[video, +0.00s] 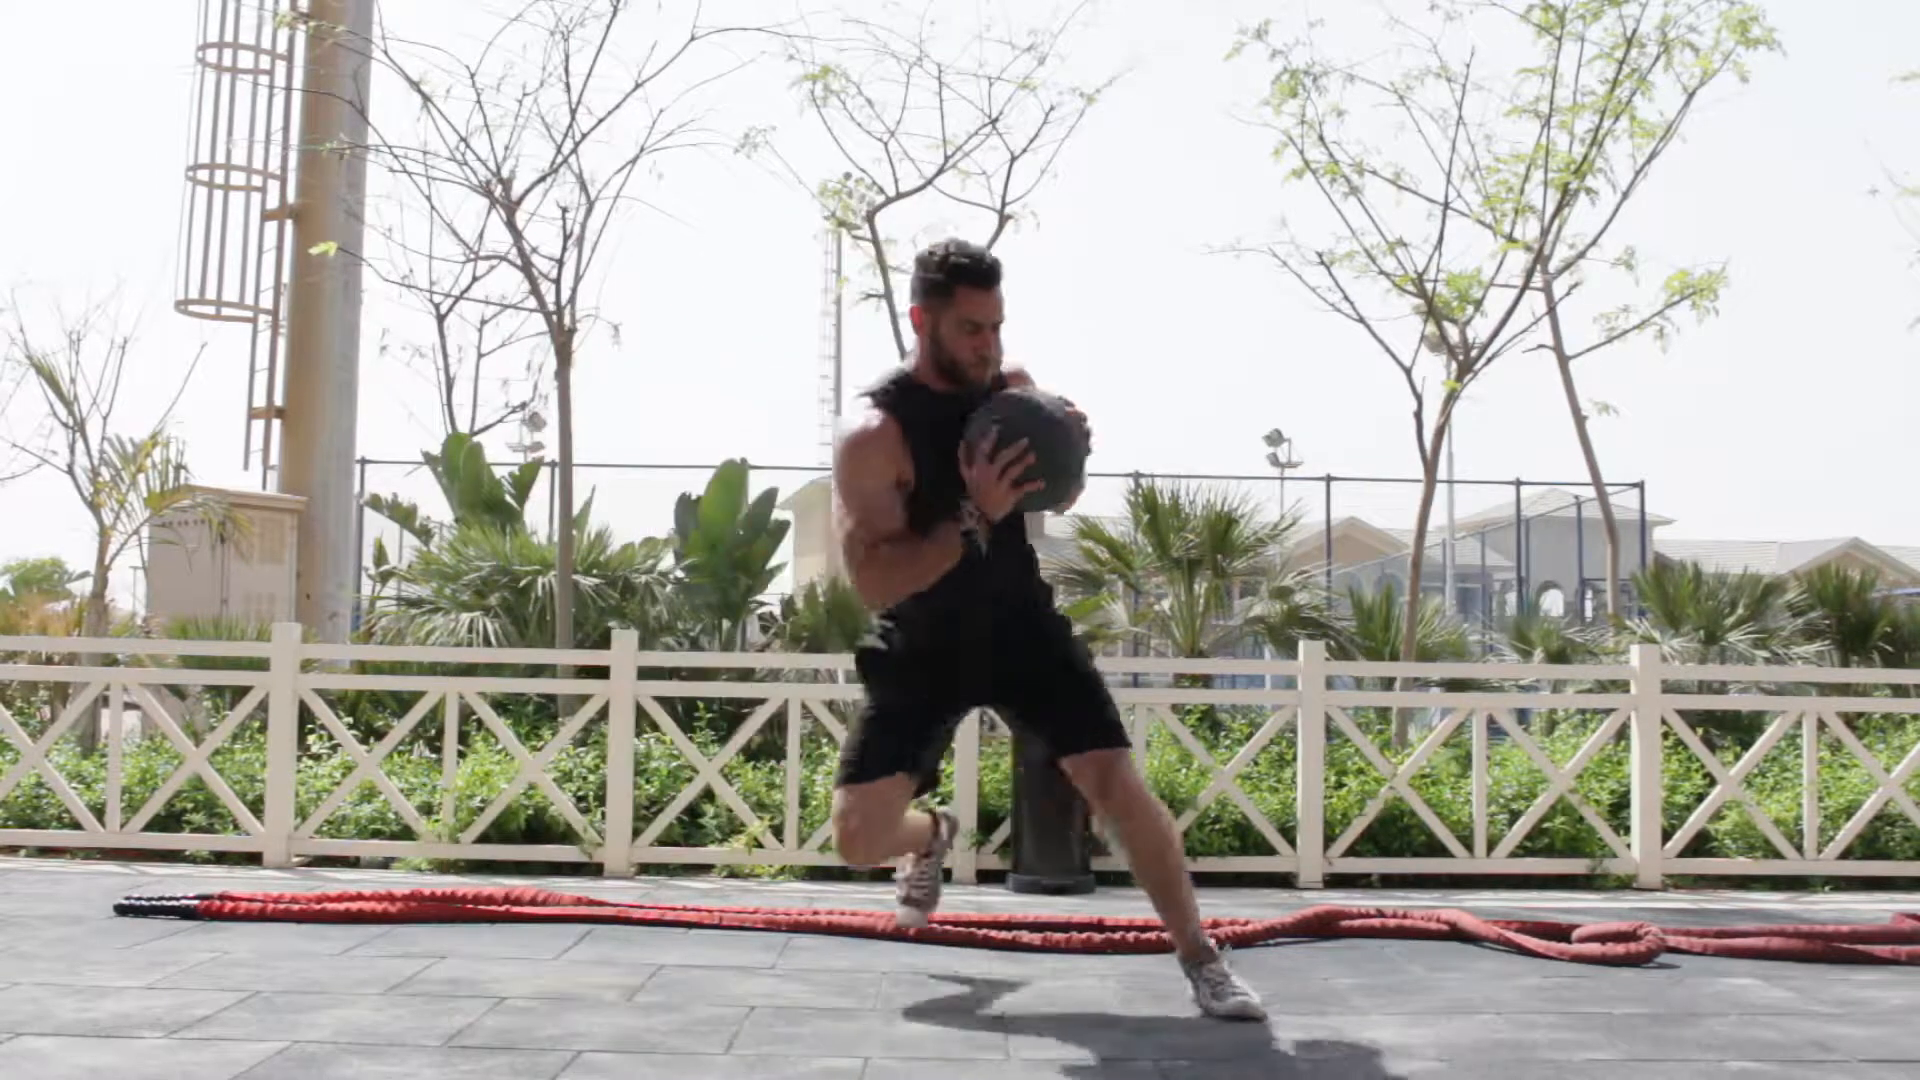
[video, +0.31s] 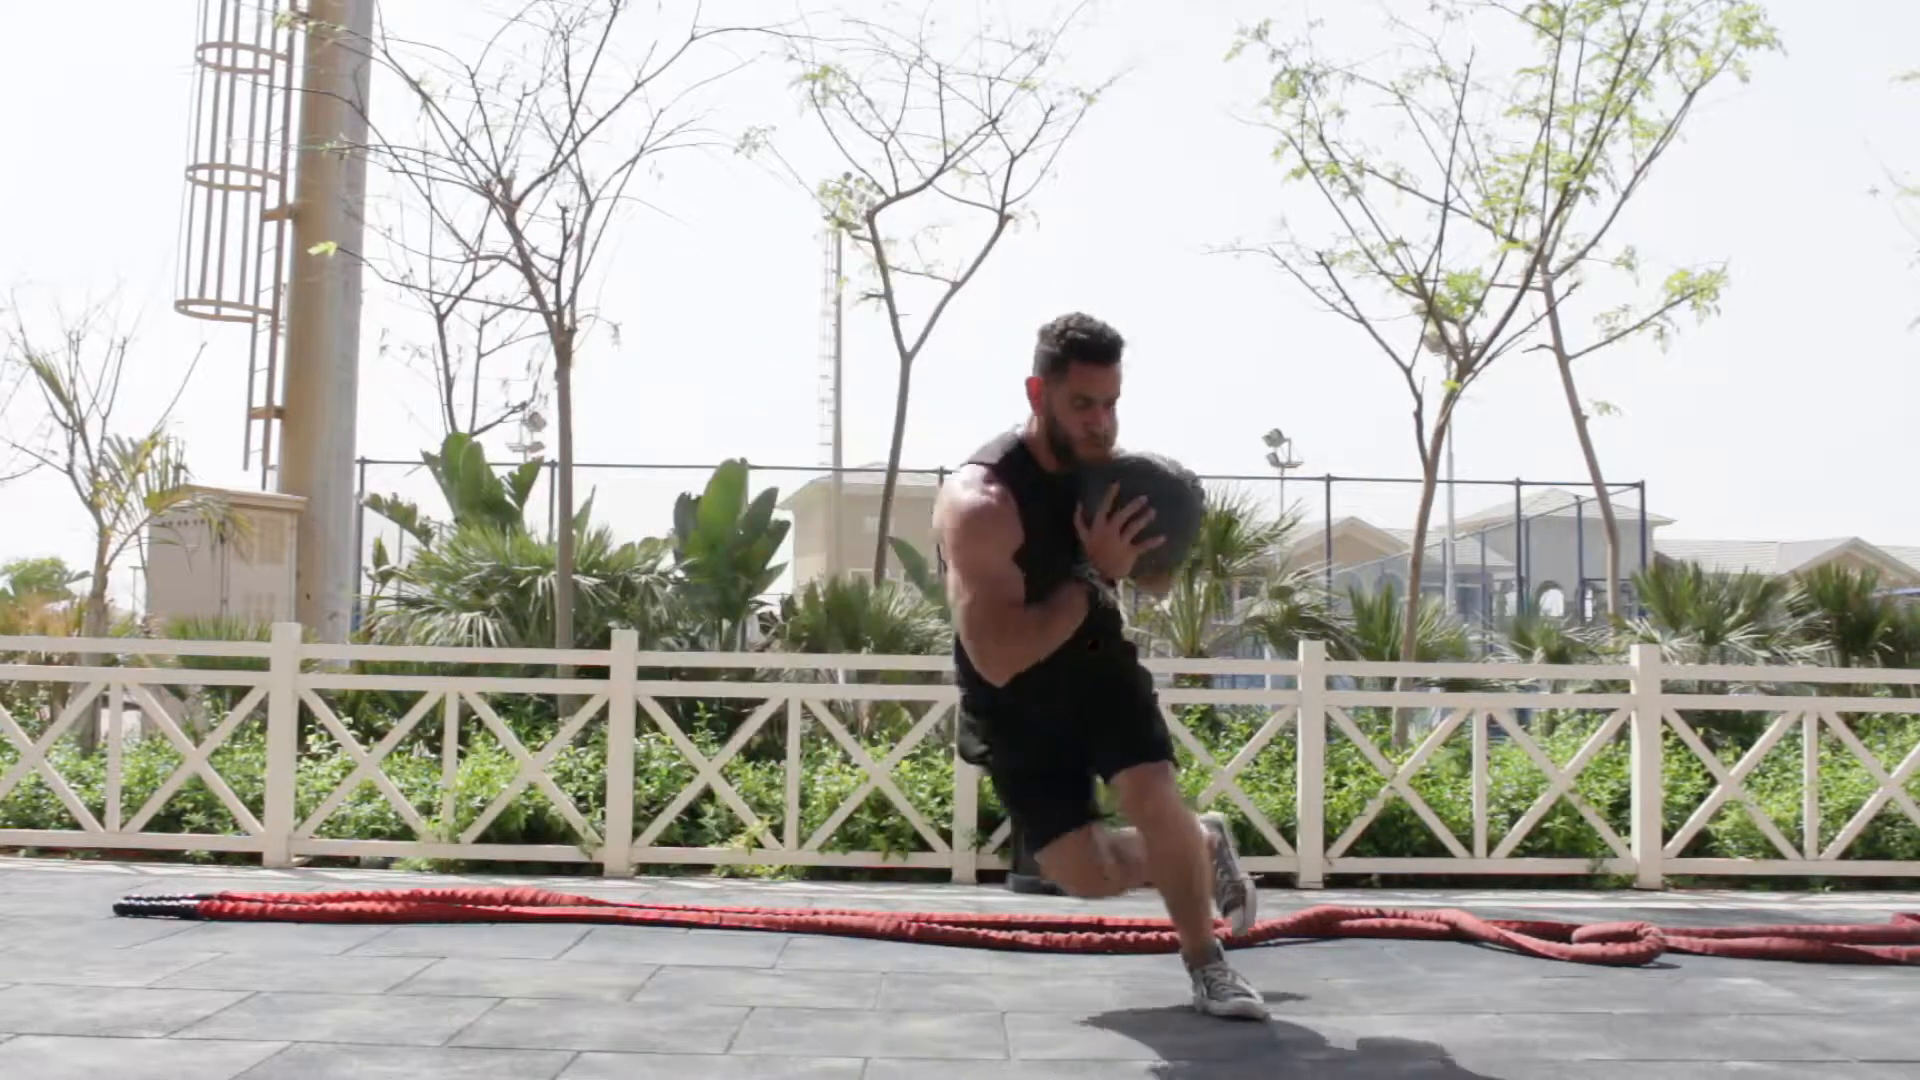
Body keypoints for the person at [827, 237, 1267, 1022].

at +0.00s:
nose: (991, 347)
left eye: (997, 328)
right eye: (973, 329)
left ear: (1002, 321)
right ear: (919, 323)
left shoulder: (1008, 390)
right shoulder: (872, 438)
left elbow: (1047, 494)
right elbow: (875, 582)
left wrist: (1064, 439)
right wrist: (972, 519)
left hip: (1021, 632)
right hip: (918, 648)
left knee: (1114, 782)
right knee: (860, 838)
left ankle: (1200, 956)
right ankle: (931, 835)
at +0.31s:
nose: (1103, 422)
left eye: (1111, 403)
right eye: (1084, 404)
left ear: (1118, 395)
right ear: (1035, 396)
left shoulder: (1099, 470)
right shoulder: (977, 502)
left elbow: (1150, 582)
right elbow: (999, 657)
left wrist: (1143, 553)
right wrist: (1094, 576)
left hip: (1096, 663)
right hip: (1013, 701)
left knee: (1151, 793)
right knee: (1083, 872)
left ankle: (1207, 963)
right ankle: (1198, 850)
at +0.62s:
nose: (824, 294)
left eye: (844, 279)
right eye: (816, 276)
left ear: (889, 279)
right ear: (806, 275)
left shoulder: (946, 376)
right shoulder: (772, 366)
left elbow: (976, 519)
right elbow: (723, 481)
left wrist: (894, 473)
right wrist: (757, 463)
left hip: (920, 598)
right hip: (805, 588)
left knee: (1021, 751)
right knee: (672, 714)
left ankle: (1120, 935)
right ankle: (550, 891)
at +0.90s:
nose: (570, 389)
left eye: (592, 374)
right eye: (567, 367)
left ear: (645, 376)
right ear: (562, 359)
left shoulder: (682, 480)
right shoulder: (581, 431)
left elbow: (624, 636)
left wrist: (542, 539)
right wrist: (529, 508)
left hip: (678, 676)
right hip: (589, 641)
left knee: (616, 875)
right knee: (491, 763)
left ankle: (594, 802)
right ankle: (446, 947)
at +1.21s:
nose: (598, 385)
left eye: (620, 368)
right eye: (586, 363)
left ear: (648, 362)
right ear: (563, 347)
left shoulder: (704, 457)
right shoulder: (539, 450)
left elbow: (727, 604)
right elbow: (482, 563)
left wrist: (634, 553)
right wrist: (515, 544)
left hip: (680, 650)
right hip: (574, 637)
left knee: (687, 833)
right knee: (482, 773)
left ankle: (589, 865)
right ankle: (447, 948)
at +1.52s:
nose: (928, 287)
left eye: (938, 269)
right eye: (912, 269)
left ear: (948, 264)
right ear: (861, 257)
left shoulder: (966, 347)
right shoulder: (796, 371)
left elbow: (1006, 471)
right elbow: (762, 511)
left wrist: (1004, 430)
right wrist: (872, 468)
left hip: (943, 579)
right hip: (831, 588)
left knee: (1047, 727)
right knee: (735, 769)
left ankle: (1173, 921)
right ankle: (771, 852)